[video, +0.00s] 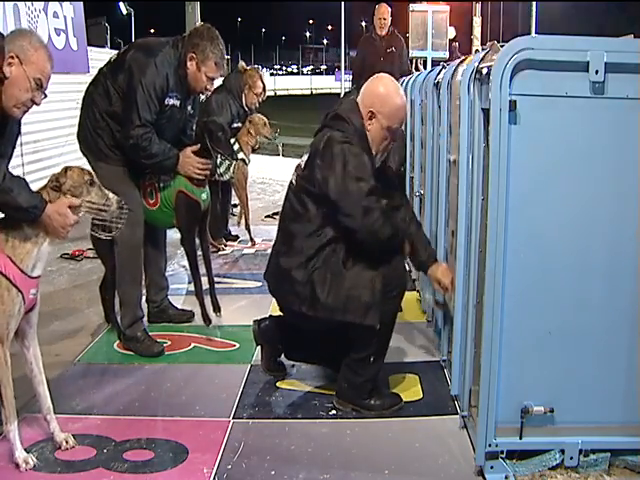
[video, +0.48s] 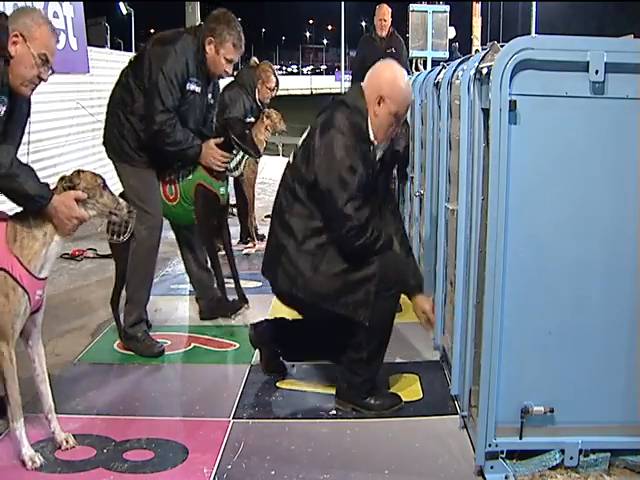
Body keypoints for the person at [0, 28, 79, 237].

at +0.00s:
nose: (38, 100)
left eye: (42, 92)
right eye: (36, 85)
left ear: (11, 65)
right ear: (9, 65)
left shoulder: (11, 119)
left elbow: (3, 176)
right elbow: (2, 178)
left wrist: (40, 207)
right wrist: (41, 211)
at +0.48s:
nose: (46, 73)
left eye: (49, 64)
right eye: (42, 59)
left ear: (19, 48)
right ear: (14, 43)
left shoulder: (19, 95)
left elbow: (8, 160)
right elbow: (5, 162)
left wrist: (47, 198)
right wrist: (47, 201)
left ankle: (10, 398)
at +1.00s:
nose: (80, 51)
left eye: (85, 41)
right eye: (75, 37)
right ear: (45, 21)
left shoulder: (50, 60)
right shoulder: (10, 49)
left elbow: (50, 142)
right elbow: (33, 141)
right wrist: (99, 207)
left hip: (20, 211)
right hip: (4, 214)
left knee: (19, 328)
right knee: (5, 338)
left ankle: (16, 434)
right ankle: (7, 449)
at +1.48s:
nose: (174, 58)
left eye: (180, 49)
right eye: (172, 44)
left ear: (147, 21)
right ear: (142, 20)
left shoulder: (139, 60)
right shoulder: (86, 51)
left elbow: (134, 148)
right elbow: (126, 155)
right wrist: (191, 226)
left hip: (95, 203)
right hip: (33, 205)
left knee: (143, 292)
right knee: (40, 322)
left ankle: (164, 396)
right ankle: (8, 450)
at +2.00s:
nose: (295, 43)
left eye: (302, 34)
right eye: (296, 27)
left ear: (271, 11)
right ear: (270, 6)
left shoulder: (243, 31)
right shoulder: (218, 23)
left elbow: (254, 130)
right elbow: (253, 133)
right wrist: (309, 201)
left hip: (199, 171)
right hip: (142, 169)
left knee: (247, 262)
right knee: (170, 297)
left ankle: (261, 353)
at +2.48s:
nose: (367, 21)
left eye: (370, 13)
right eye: (366, 10)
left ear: (340, 6)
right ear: (342, 1)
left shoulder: (299, 18)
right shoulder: (299, 25)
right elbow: (346, 127)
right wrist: (409, 197)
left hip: (226, 176)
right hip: (211, 180)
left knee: (268, 309)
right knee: (260, 317)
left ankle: (260, 429)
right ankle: (244, 467)